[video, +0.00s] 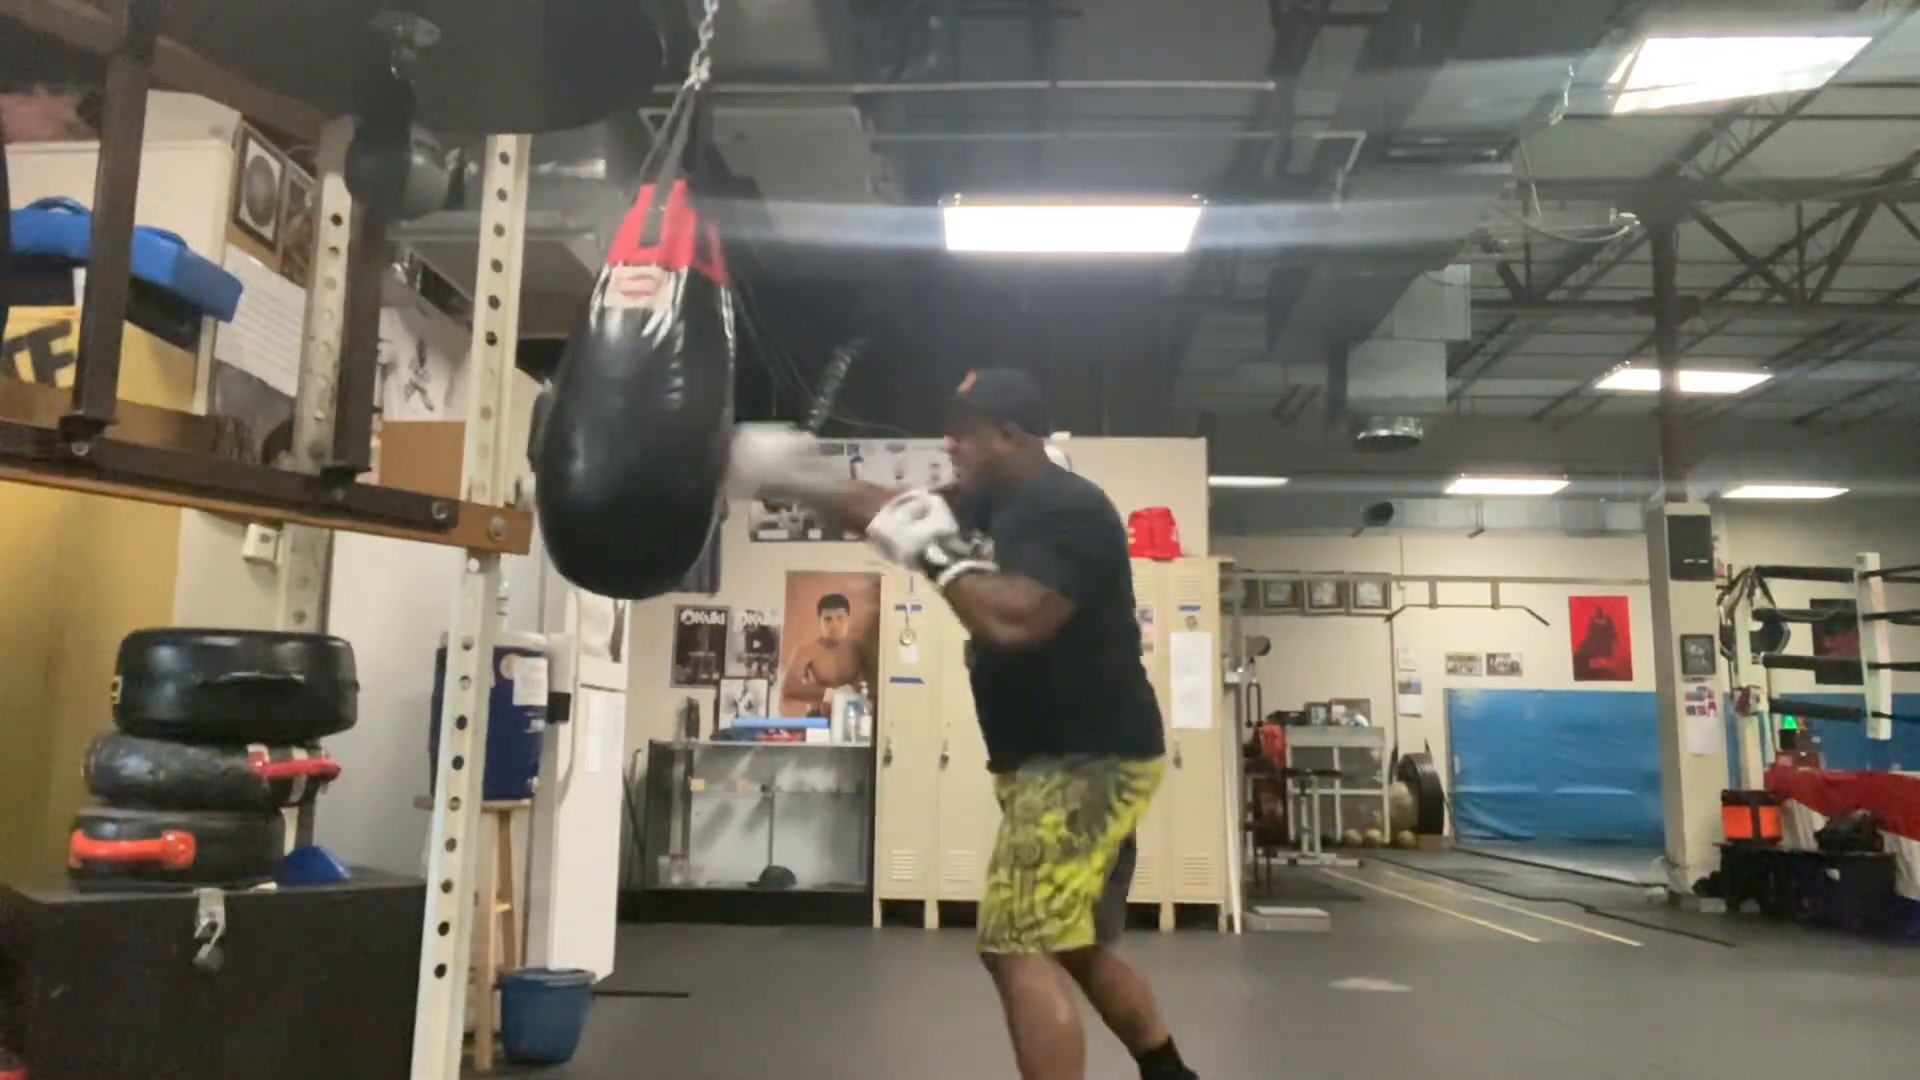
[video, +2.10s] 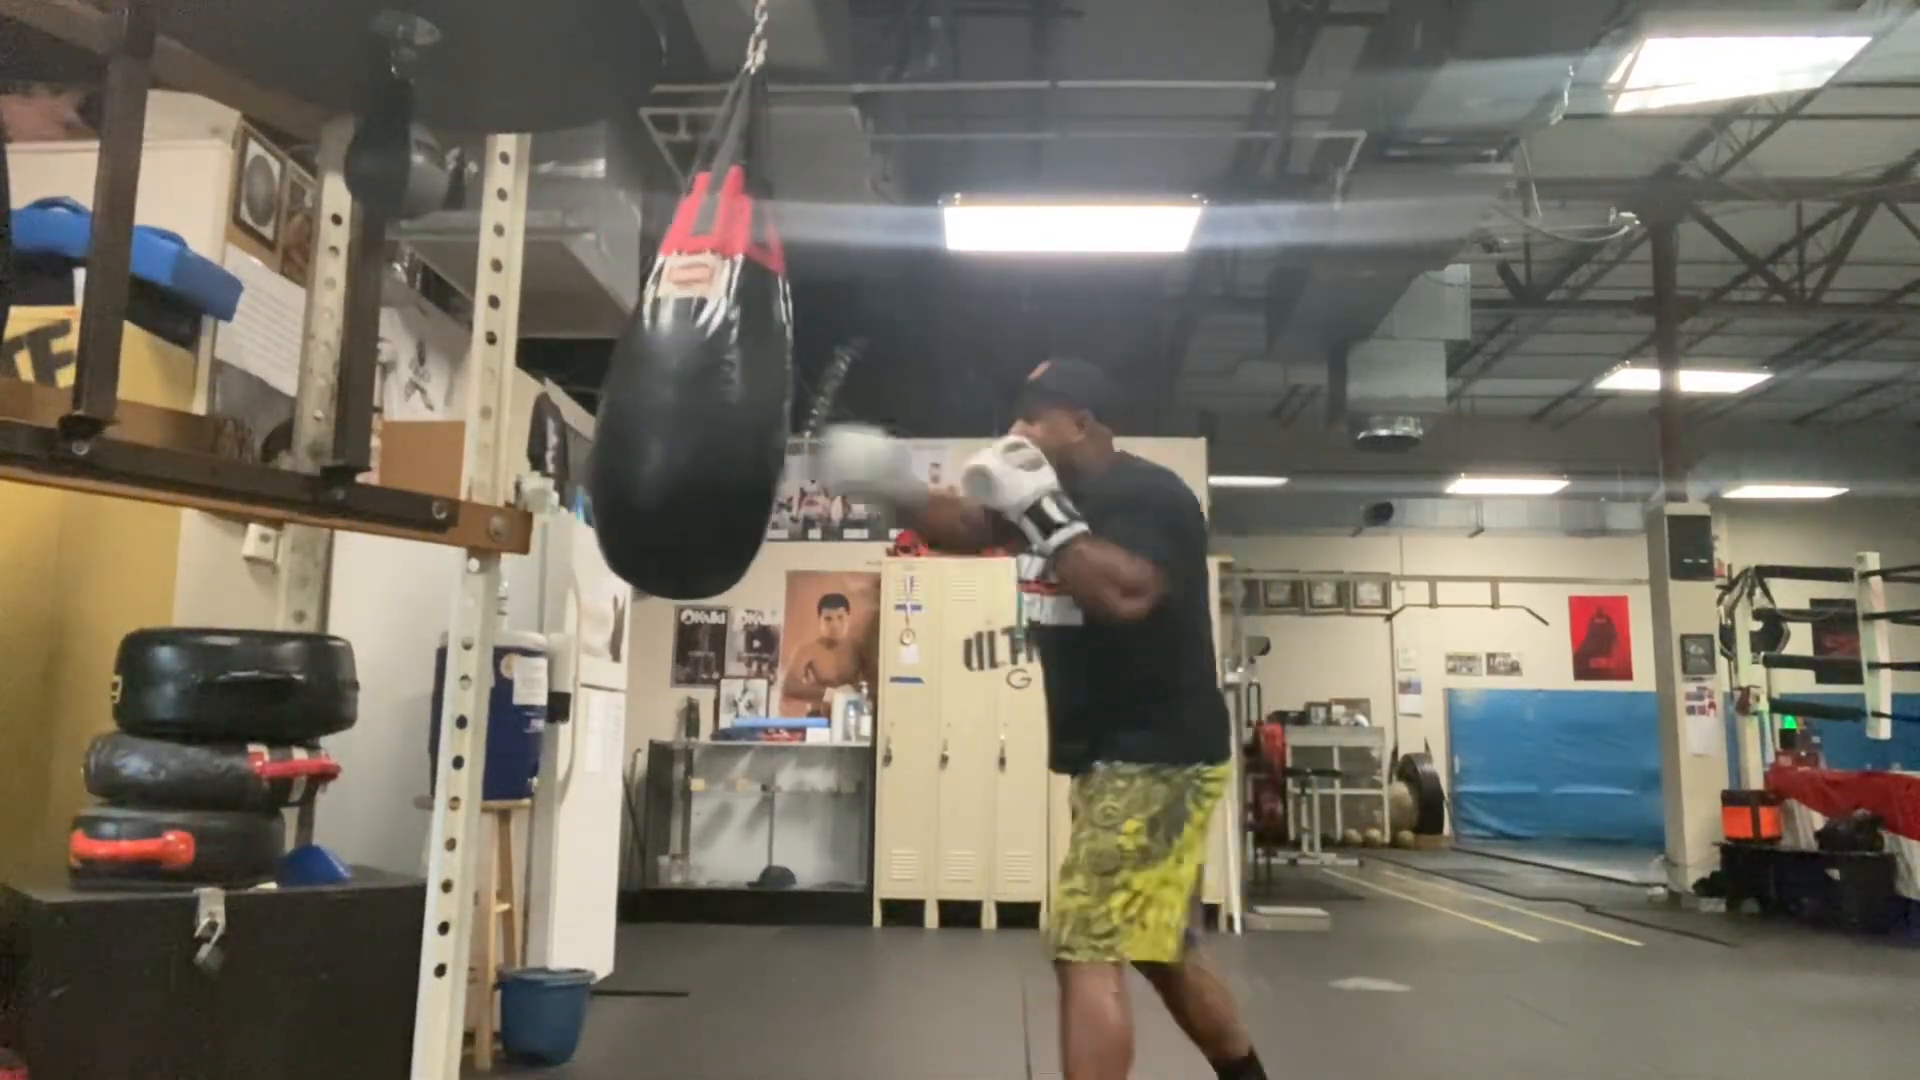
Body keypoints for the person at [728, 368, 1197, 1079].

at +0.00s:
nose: (949, 452)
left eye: (961, 438)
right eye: (951, 438)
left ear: (1009, 438)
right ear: (1004, 438)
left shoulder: (1068, 510)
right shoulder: (997, 503)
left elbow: (1013, 622)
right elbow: (899, 515)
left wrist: (936, 554)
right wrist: (799, 482)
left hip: (1086, 758)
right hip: (1045, 758)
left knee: (1015, 944)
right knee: (1083, 948)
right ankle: (1169, 1072)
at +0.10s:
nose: (956, 445)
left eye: (970, 430)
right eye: (958, 430)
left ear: (1019, 434)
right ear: (1017, 437)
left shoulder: (1068, 502)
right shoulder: (1010, 508)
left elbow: (1017, 595)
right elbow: (934, 556)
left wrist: (947, 534)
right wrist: (841, 534)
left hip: (1080, 757)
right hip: (1084, 756)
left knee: (1010, 948)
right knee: (1090, 939)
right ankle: (1174, 1070)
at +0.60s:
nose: (1012, 429)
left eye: (1024, 414)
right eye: (1013, 415)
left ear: (1073, 417)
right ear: (1064, 419)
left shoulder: (1132, 493)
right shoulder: (1058, 497)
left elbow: (1062, 598)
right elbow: (1004, 572)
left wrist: (1003, 523)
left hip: (1151, 754)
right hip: (1123, 753)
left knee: (1084, 944)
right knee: (1156, 948)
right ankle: (1209, 1079)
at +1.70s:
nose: (1066, 434)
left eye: (1077, 418)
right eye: (1068, 418)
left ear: (1120, 420)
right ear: (1127, 423)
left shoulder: (1158, 489)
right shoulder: (1158, 491)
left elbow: (1105, 585)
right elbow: (1102, 615)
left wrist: (1040, 517)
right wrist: (1028, 585)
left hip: (1182, 749)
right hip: (1211, 745)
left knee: (1135, 950)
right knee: (1199, 949)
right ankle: (1252, 1074)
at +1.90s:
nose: (1057, 444)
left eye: (1065, 428)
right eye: (1057, 429)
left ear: (1108, 428)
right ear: (1125, 431)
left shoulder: (1112, 498)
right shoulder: (1193, 496)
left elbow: (1054, 616)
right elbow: (1128, 603)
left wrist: (975, 591)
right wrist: (1037, 563)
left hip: (1158, 750)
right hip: (1226, 745)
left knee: (1074, 954)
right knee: (1196, 943)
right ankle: (1255, 1075)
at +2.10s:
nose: (1022, 434)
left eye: (1035, 420)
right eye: (1021, 421)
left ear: (1083, 421)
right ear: (1068, 426)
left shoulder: (1153, 494)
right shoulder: (1059, 497)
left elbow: (1128, 591)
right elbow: (970, 528)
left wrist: (1042, 506)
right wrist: (894, 488)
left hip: (1158, 752)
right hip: (1112, 751)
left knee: (1084, 943)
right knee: (1161, 948)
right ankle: (1247, 1072)